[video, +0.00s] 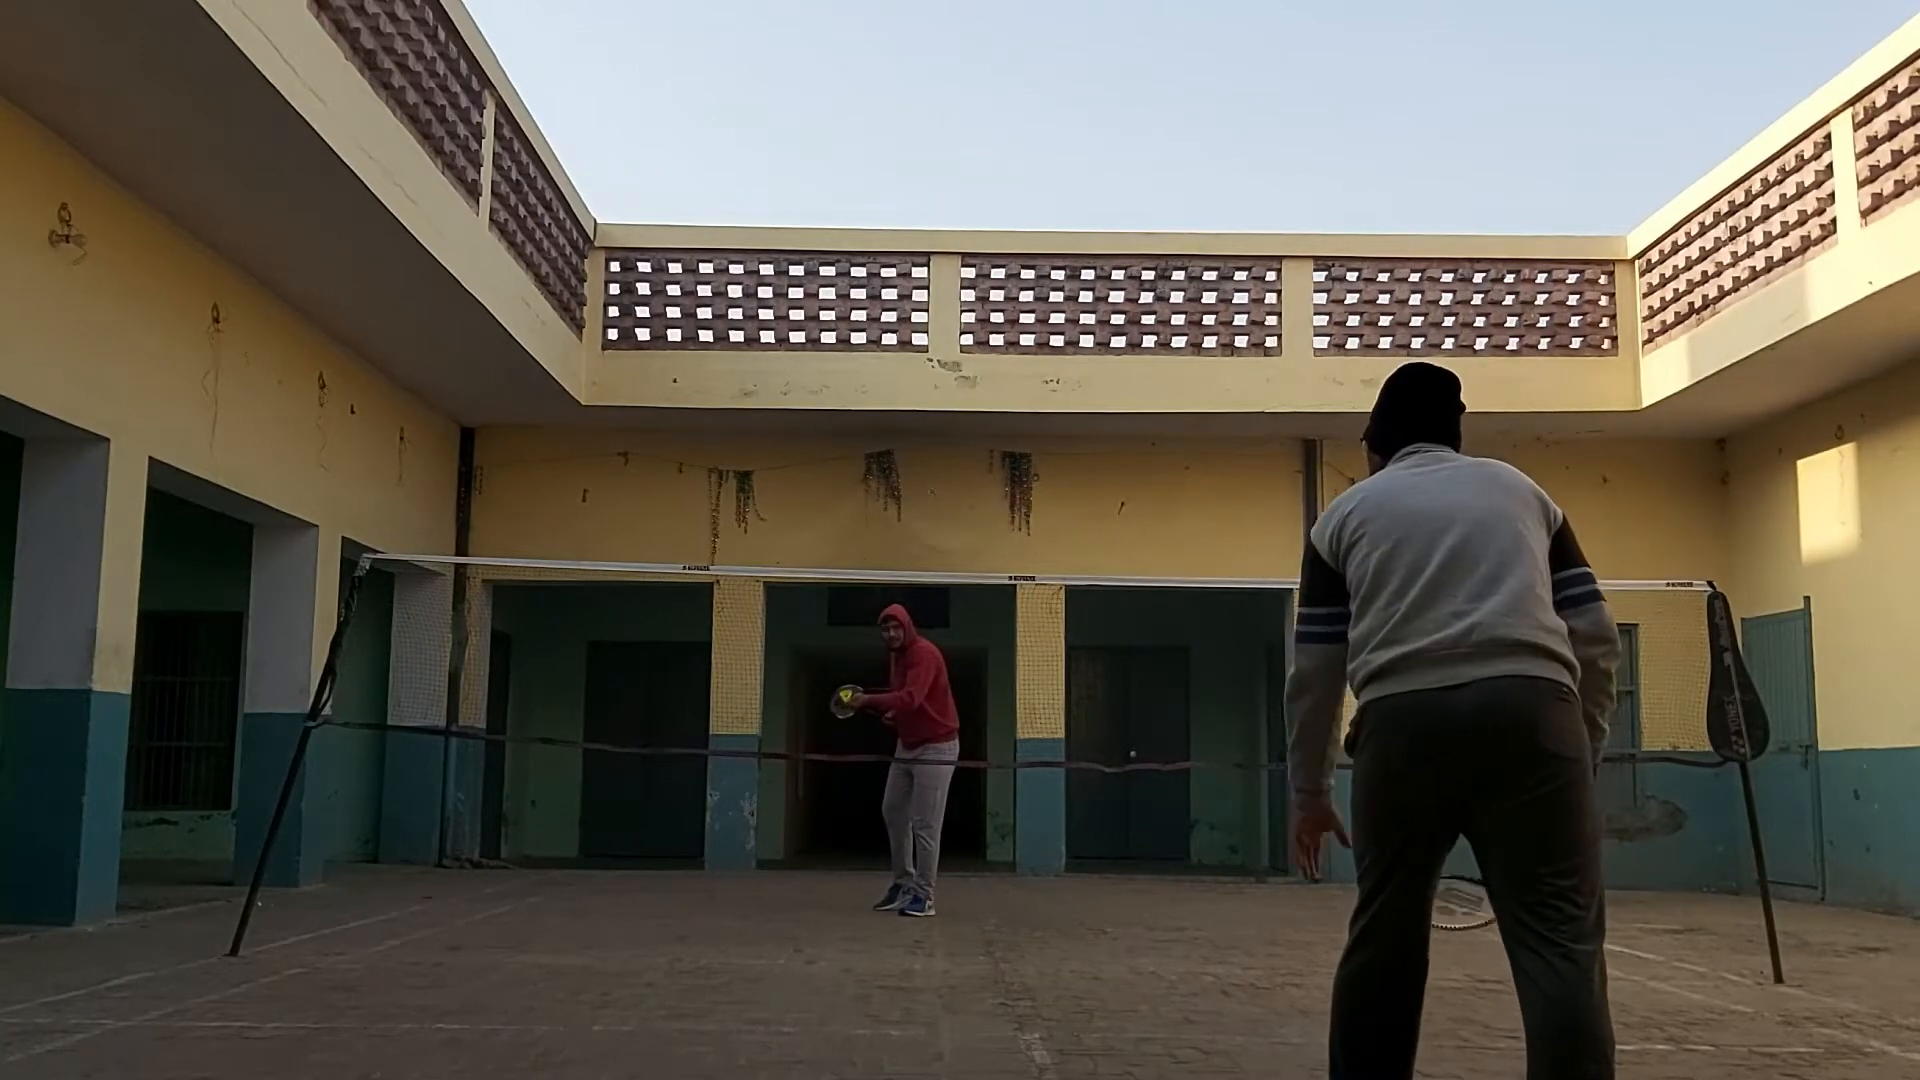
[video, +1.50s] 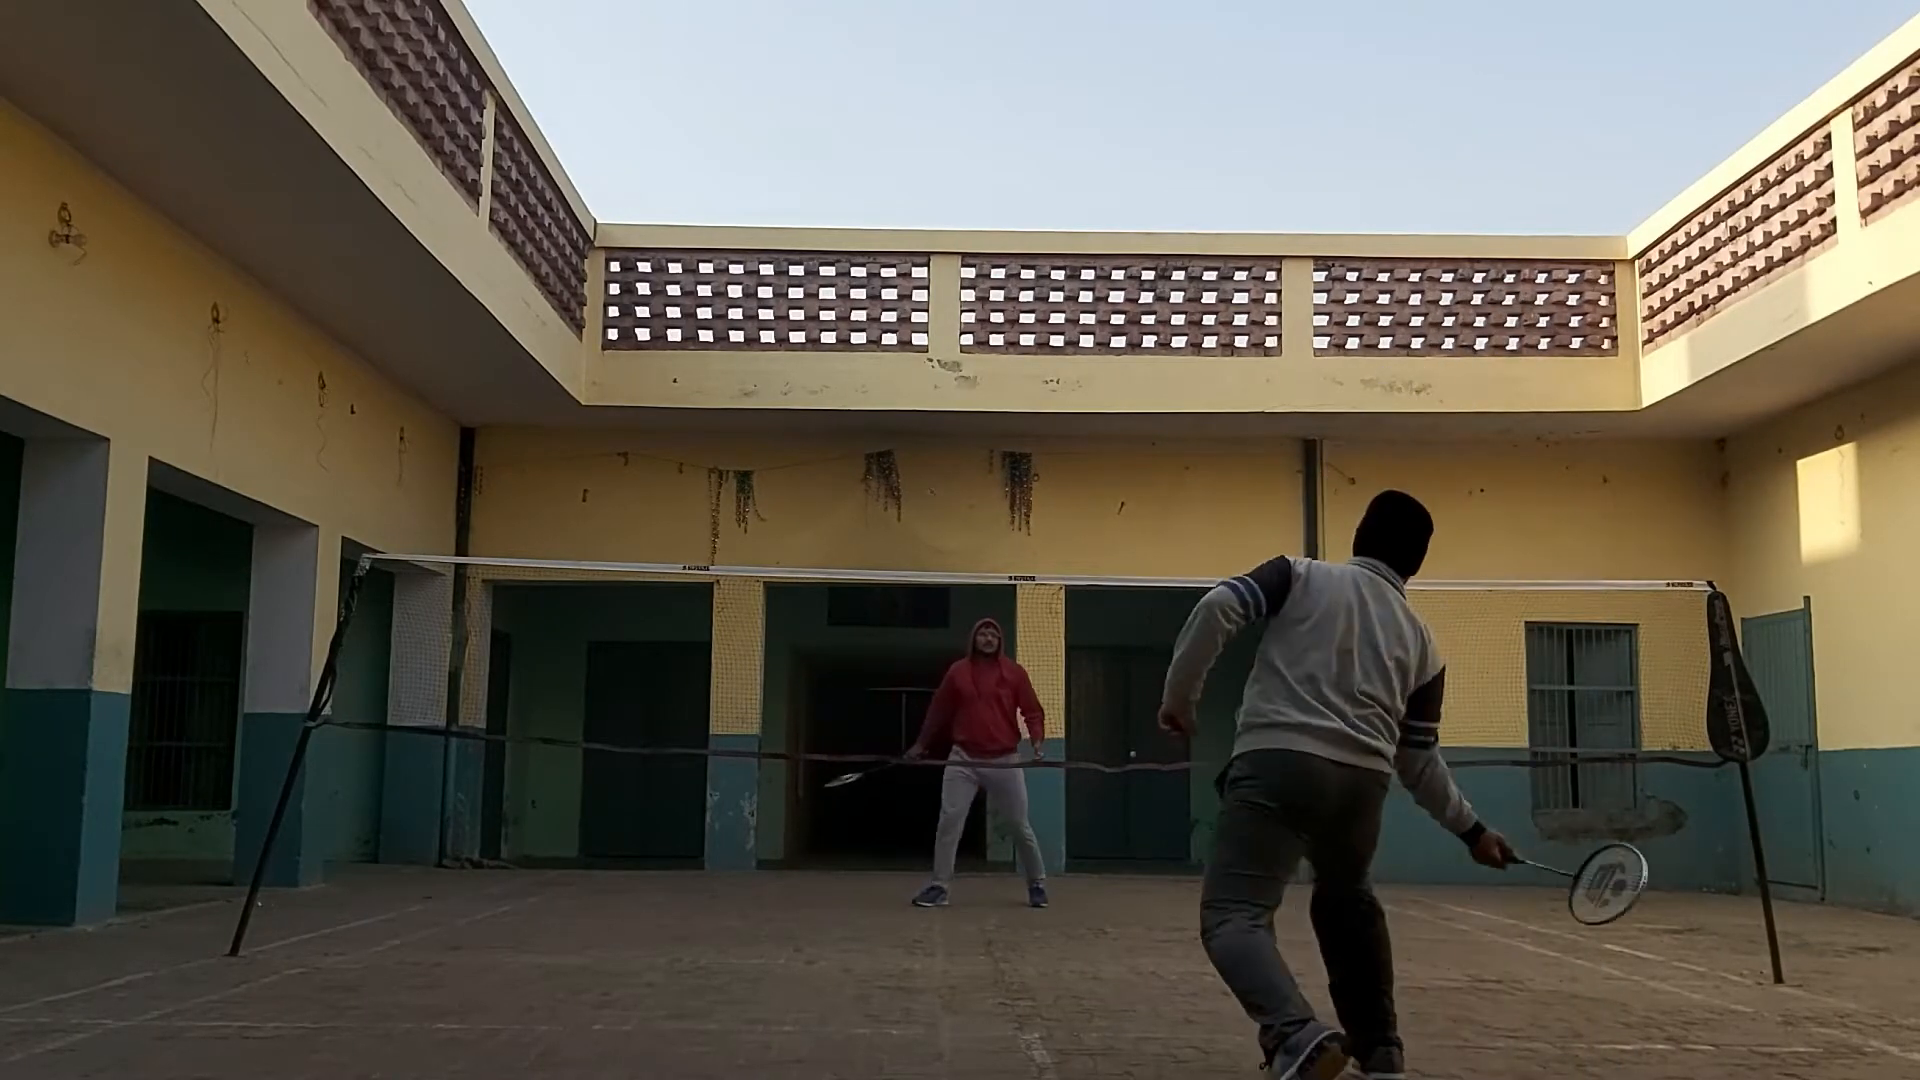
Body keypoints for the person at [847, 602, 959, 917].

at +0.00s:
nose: (892, 632)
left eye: (897, 627)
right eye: (887, 628)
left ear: (908, 628)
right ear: (883, 633)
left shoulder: (924, 653)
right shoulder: (897, 655)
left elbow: (910, 698)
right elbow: (906, 697)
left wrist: (864, 700)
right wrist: (895, 712)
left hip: (936, 747)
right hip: (908, 746)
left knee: (925, 823)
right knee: (893, 812)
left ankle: (924, 895)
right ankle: (903, 885)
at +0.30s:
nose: (886, 635)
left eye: (890, 630)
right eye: (883, 630)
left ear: (906, 629)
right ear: (884, 633)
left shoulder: (926, 654)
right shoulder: (899, 657)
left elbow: (918, 700)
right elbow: (906, 701)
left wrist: (873, 711)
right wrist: (884, 718)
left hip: (939, 748)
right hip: (911, 747)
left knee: (927, 823)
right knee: (895, 813)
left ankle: (923, 895)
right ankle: (903, 884)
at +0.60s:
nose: (906, 630)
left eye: (911, 624)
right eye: (901, 625)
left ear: (922, 627)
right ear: (896, 630)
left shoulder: (943, 656)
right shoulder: (897, 660)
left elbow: (953, 703)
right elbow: (887, 702)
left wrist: (949, 743)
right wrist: (904, 702)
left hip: (941, 750)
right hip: (909, 748)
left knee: (930, 823)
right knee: (890, 811)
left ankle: (924, 895)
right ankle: (908, 880)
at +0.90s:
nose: (937, 636)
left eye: (942, 632)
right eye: (932, 632)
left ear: (950, 638)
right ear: (923, 637)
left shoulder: (965, 668)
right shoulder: (908, 668)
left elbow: (991, 706)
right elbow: (894, 709)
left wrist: (1000, 741)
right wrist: (916, 721)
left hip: (945, 757)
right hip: (910, 757)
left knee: (928, 822)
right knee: (904, 824)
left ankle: (923, 895)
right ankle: (931, 878)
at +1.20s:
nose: (956, 635)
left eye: (961, 632)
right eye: (951, 631)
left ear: (968, 638)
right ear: (941, 636)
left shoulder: (982, 668)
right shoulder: (924, 669)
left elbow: (996, 711)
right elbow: (907, 715)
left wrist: (1001, 747)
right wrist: (897, 756)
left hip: (972, 755)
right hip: (932, 755)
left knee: (977, 813)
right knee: (932, 821)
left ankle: (962, 885)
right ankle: (936, 886)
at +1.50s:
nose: (987, 638)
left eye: (992, 635)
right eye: (982, 634)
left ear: (1000, 641)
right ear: (973, 639)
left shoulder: (1014, 672)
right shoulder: (958, 670)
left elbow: (1033, 711)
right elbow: (938, 709)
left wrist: (1037, 741)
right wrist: (920, 744)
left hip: (1003, 760)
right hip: (963, 758)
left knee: (1018, 826)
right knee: (949, 821)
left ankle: (1036, 883)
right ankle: (939, 886)